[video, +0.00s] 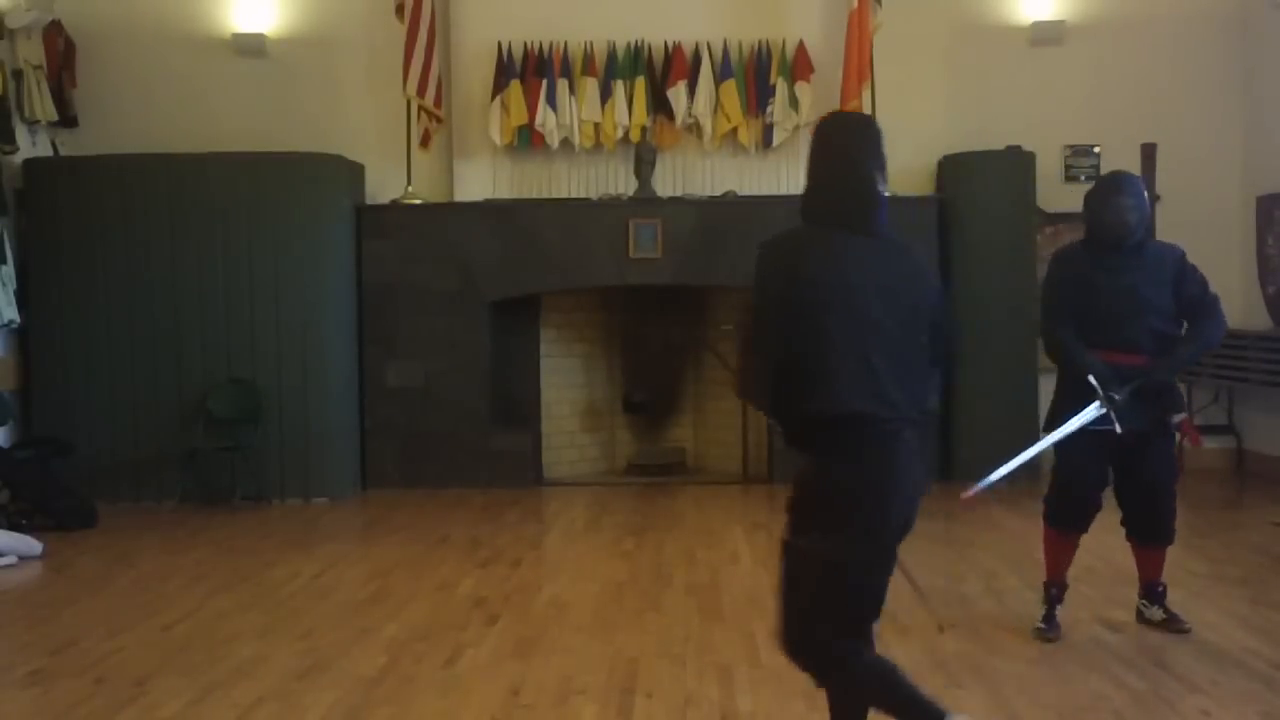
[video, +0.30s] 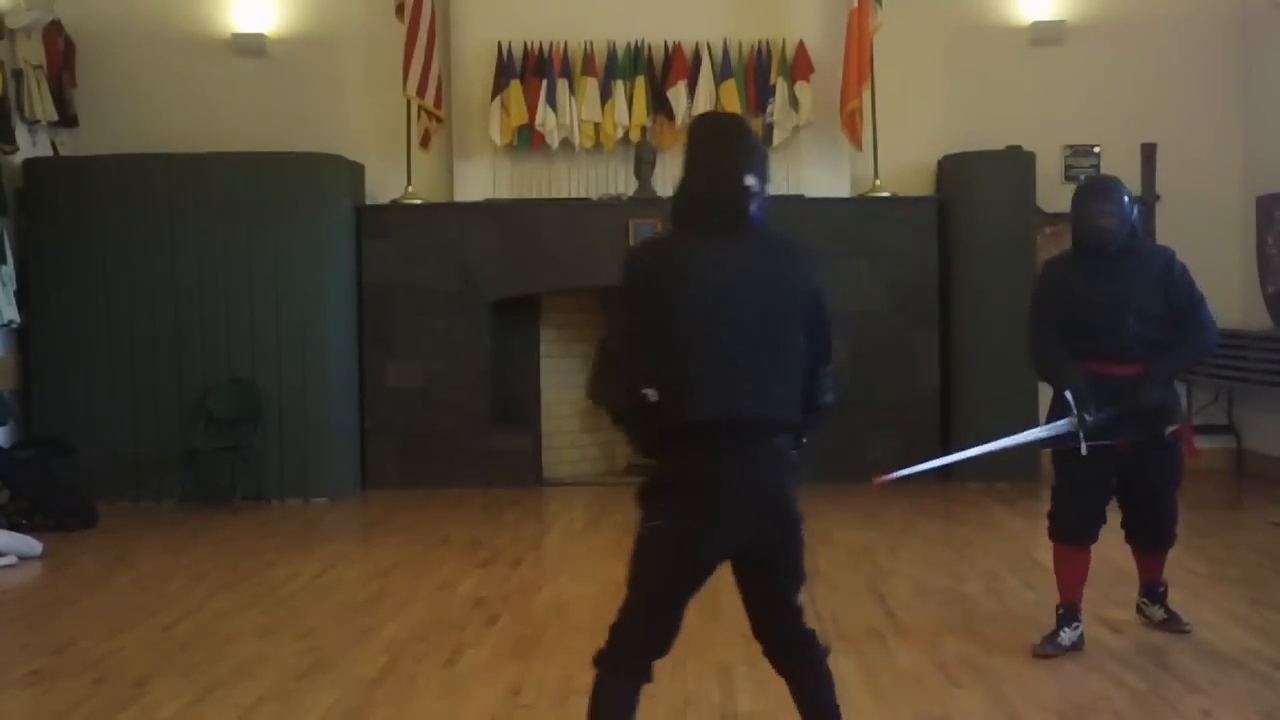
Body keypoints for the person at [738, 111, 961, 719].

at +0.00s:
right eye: (874, 164)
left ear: (815, 170)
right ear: (879, 173)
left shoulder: (787, 255)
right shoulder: (906, 258)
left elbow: (761, 379)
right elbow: (938, 351)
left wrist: (810, 428)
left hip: (836, 463)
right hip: (900, 459)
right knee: (851, 630)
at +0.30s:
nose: (760, 187)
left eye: (756, 176)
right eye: (758, 176)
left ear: (689, 178)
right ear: (754, 180)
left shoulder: (652, 263)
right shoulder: (790, 262)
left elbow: (611, 383)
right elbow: (817, 387)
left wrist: (663, 443)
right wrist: (781, 438)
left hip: (685, 478)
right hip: (766, 480)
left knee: (633, 645)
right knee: (787, 632)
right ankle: (826, 709)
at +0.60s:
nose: (643, 176)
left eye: (637, 163)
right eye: (639, 164)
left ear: (554, 167)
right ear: (624, 173)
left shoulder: (512, 256)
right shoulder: (655, 259)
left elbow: (460, 368)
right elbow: (695, 373)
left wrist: (435, 466)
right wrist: (703, 454)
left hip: (548, 477)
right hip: (635, 480)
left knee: (566, 642)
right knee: (660, 642)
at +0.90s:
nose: (555, 194)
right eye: (551, 179)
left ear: (464, 178)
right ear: (539, 187)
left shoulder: (414, 266)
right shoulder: (553, 272)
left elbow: (351, 376)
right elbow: (595, 395)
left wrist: (335, 473)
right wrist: (618, 487)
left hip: (430, 489)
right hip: (509, 492)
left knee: (481, 645)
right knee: (485, 662)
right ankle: (454, 706)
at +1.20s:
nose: (471, 176)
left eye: (466, 161)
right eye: (467, 161)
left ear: (378, 155)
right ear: (452, 169)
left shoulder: (318, 249)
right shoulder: (458, 260)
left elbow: (288, 377)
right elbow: (484, 393)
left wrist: (356, 401)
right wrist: (516, 453)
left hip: (325, 487)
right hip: (415, 494)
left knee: (318, 656)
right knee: (421, 681)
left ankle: (273, 710)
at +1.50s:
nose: (331, 201)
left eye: (330, 182)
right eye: (327, 184)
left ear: (237, 173)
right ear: (303, 189)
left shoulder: (171, 273)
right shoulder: (308, 280)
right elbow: (344, 426)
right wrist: (391, 394)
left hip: (180, 530)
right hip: (280, 537)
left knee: (152, 705)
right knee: (348, 702)